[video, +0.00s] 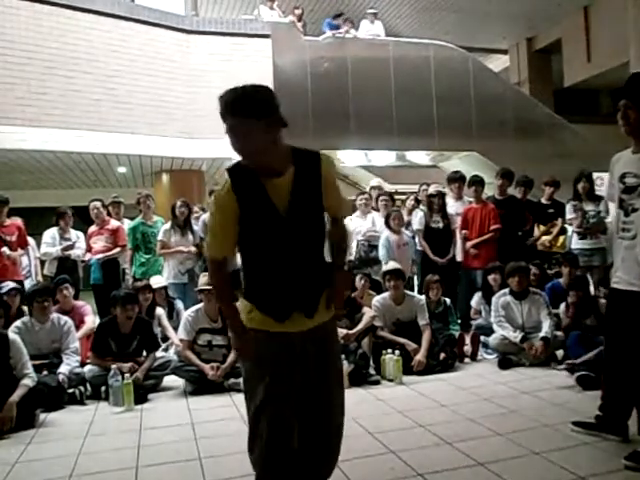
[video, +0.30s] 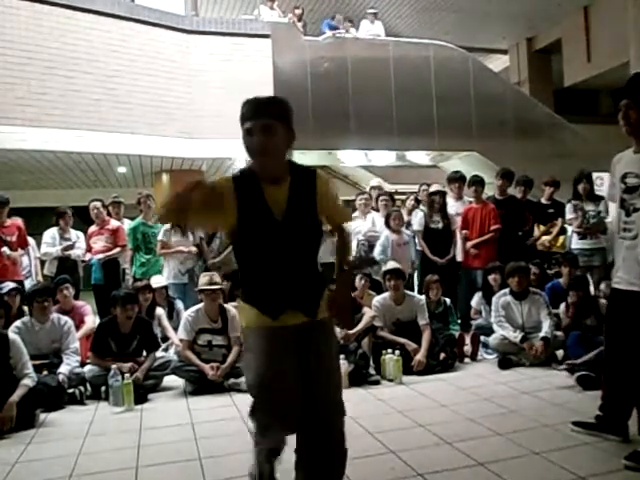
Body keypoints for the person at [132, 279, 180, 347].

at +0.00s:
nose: (147, 296)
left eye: (149, 293)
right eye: (143, 293)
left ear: (153, 294)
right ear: (137, 296)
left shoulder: (158, 311)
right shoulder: (134, 312)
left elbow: (167, 328)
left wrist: (176, 341)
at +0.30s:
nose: (147, 296)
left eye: (149, 293)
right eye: (143, 293)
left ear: (153, 294)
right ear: (137, 296)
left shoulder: (158, 311)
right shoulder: (134, 312)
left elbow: (168, 329)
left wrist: (176, 342)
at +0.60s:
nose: (146, 296)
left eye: (149, 292)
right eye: (142, 293)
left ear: (152, 294)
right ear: (137, 296)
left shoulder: (158, 312)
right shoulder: (134, 313)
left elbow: (168, 329)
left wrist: (176, 342)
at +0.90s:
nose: (146, 296)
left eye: (149, 292)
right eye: (142, 293)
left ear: (152, 294)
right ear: (137, 295)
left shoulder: (158, 312)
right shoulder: (134, 312)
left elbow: (168, 329)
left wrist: (177, 343)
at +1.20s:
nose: (146, 295)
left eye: (149, 292)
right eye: (142, 292)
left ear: (152, 294)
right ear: (137, 295)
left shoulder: (158, 311)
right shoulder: (134, 312)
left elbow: (168, 329)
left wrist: (176, 342)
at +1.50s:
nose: (146, 295)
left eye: (149, 292)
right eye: (142, 292)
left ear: (152, 294)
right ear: (137, 295)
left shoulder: (158, 311)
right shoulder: (133, 312)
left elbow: (168, 329)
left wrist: (176, 342)